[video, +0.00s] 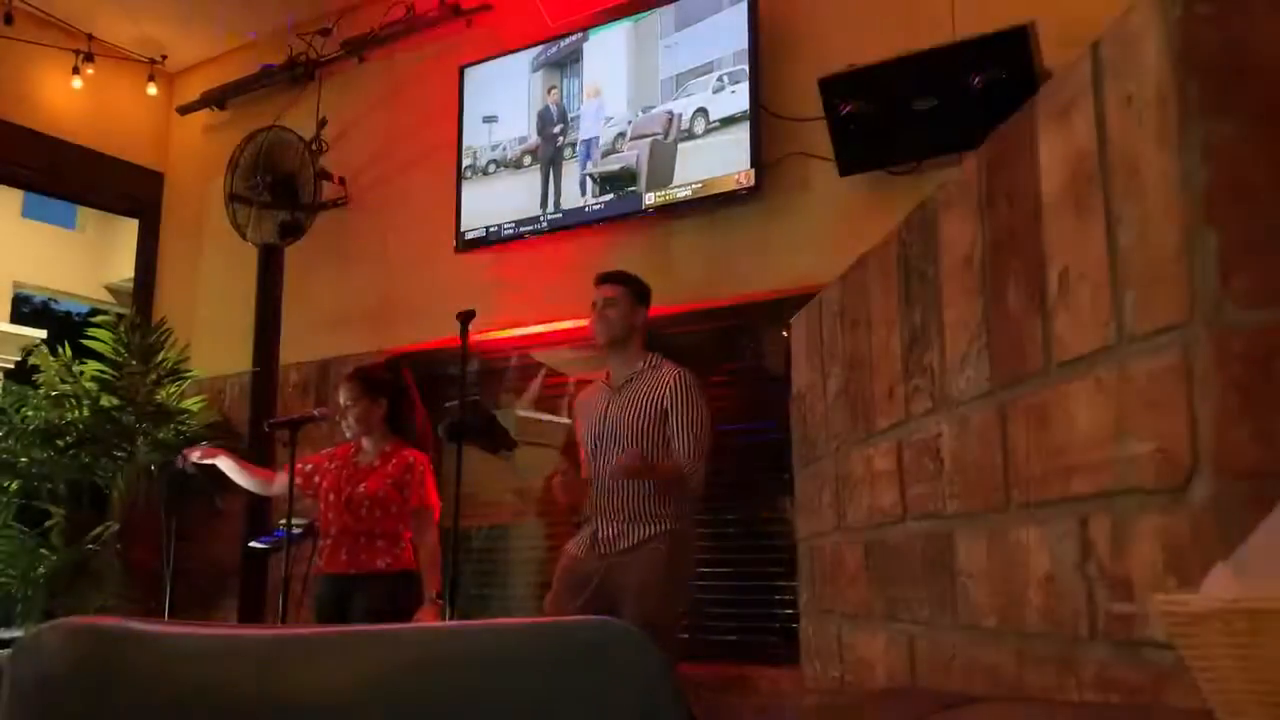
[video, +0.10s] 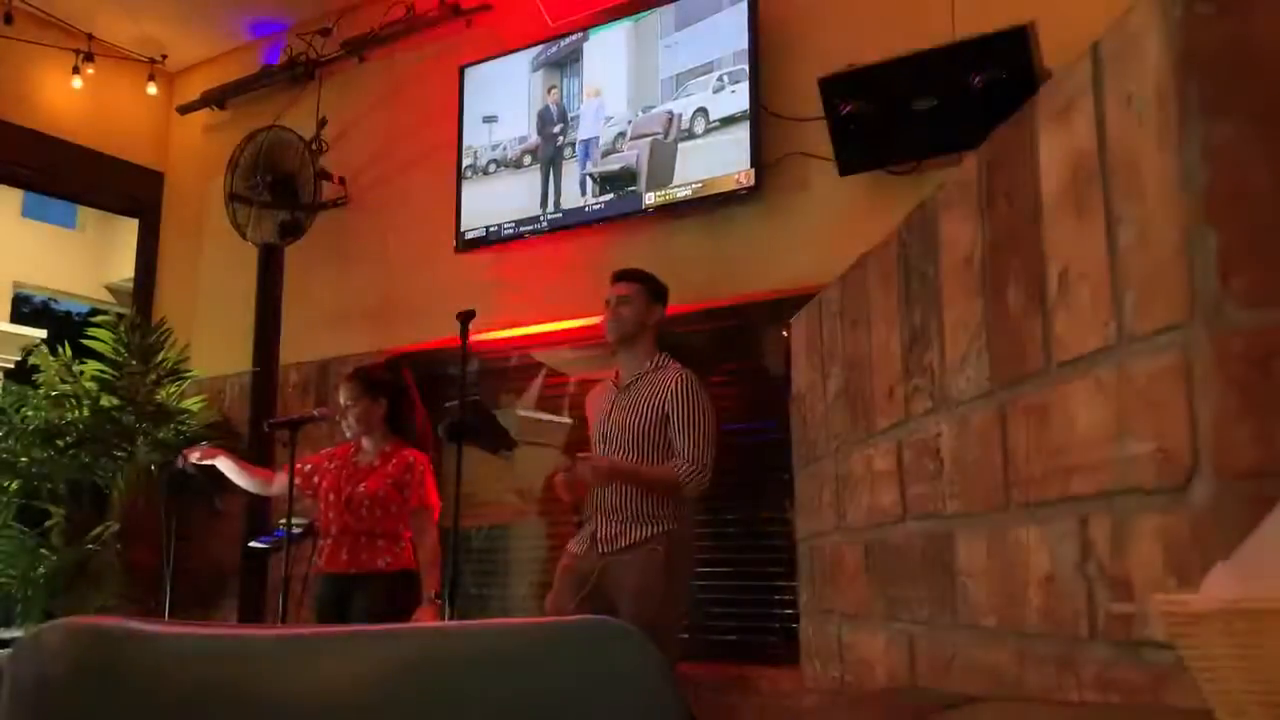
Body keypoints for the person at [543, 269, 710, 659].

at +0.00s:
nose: (598, 313)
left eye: (610, 305)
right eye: (595, 306)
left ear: (640, 316)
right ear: (592, 317)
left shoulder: (674, 383)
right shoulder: (586, 398)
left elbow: (691, 473)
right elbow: (591, 476)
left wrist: (646, 470)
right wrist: (571, 486)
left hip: (655, 541)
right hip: (593, 540)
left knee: (643, 651)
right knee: (559, 632)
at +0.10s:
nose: (611, 311)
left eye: (623, 302)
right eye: (608, 303)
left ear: (655, 314)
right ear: (604, 313)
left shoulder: (679, 384)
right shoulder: (600, 394)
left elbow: (694, 475)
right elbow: (611, 471)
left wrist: (613, 471)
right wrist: (576, 481)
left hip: (650, 544)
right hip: (592, 541)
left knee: (644, 658)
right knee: (561, 624)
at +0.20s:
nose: (621, 305)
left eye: (635, 298)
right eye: (621, 298)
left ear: (665, 315)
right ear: (618, 313)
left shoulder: (682, 383)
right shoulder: (612, 387)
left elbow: (688, 480)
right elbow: (622, 467)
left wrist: (600, 477)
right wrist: (581, 473)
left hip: (648, 548)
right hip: (594, 544)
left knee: (647, 668)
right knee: (560, 651)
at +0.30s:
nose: (626, 306)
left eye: (640, 299)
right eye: (626, 298)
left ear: (670, 316)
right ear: (623, 309)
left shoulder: (683, 384)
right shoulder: (618, 387)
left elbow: (680, 482)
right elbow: (619, 468)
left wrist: (598, 487)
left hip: (648, 550)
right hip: (593, 548)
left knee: (644, 676)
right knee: (561, 662)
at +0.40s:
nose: (628, 306)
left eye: (641, 299)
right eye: (629, 298)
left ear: (671, 317)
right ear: (627, 306)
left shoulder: (680, 384)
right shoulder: (624, 387)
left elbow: (677, 480)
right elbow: (620, 469)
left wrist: (596, 494)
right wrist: (577, 486)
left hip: (646, 548)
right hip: (593, 547)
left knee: (642, 675)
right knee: (565, 664)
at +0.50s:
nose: (626, 305)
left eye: (640, 300)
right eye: (627, 298)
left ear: (669, 319)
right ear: (623, 304)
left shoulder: (678, 382)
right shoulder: (627, 385)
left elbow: (680, 478)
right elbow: (622, 468)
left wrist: (595, 479)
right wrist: (577, 480)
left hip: (644, 549)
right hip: (593, 546)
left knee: (639, 673)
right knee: (565, 659)